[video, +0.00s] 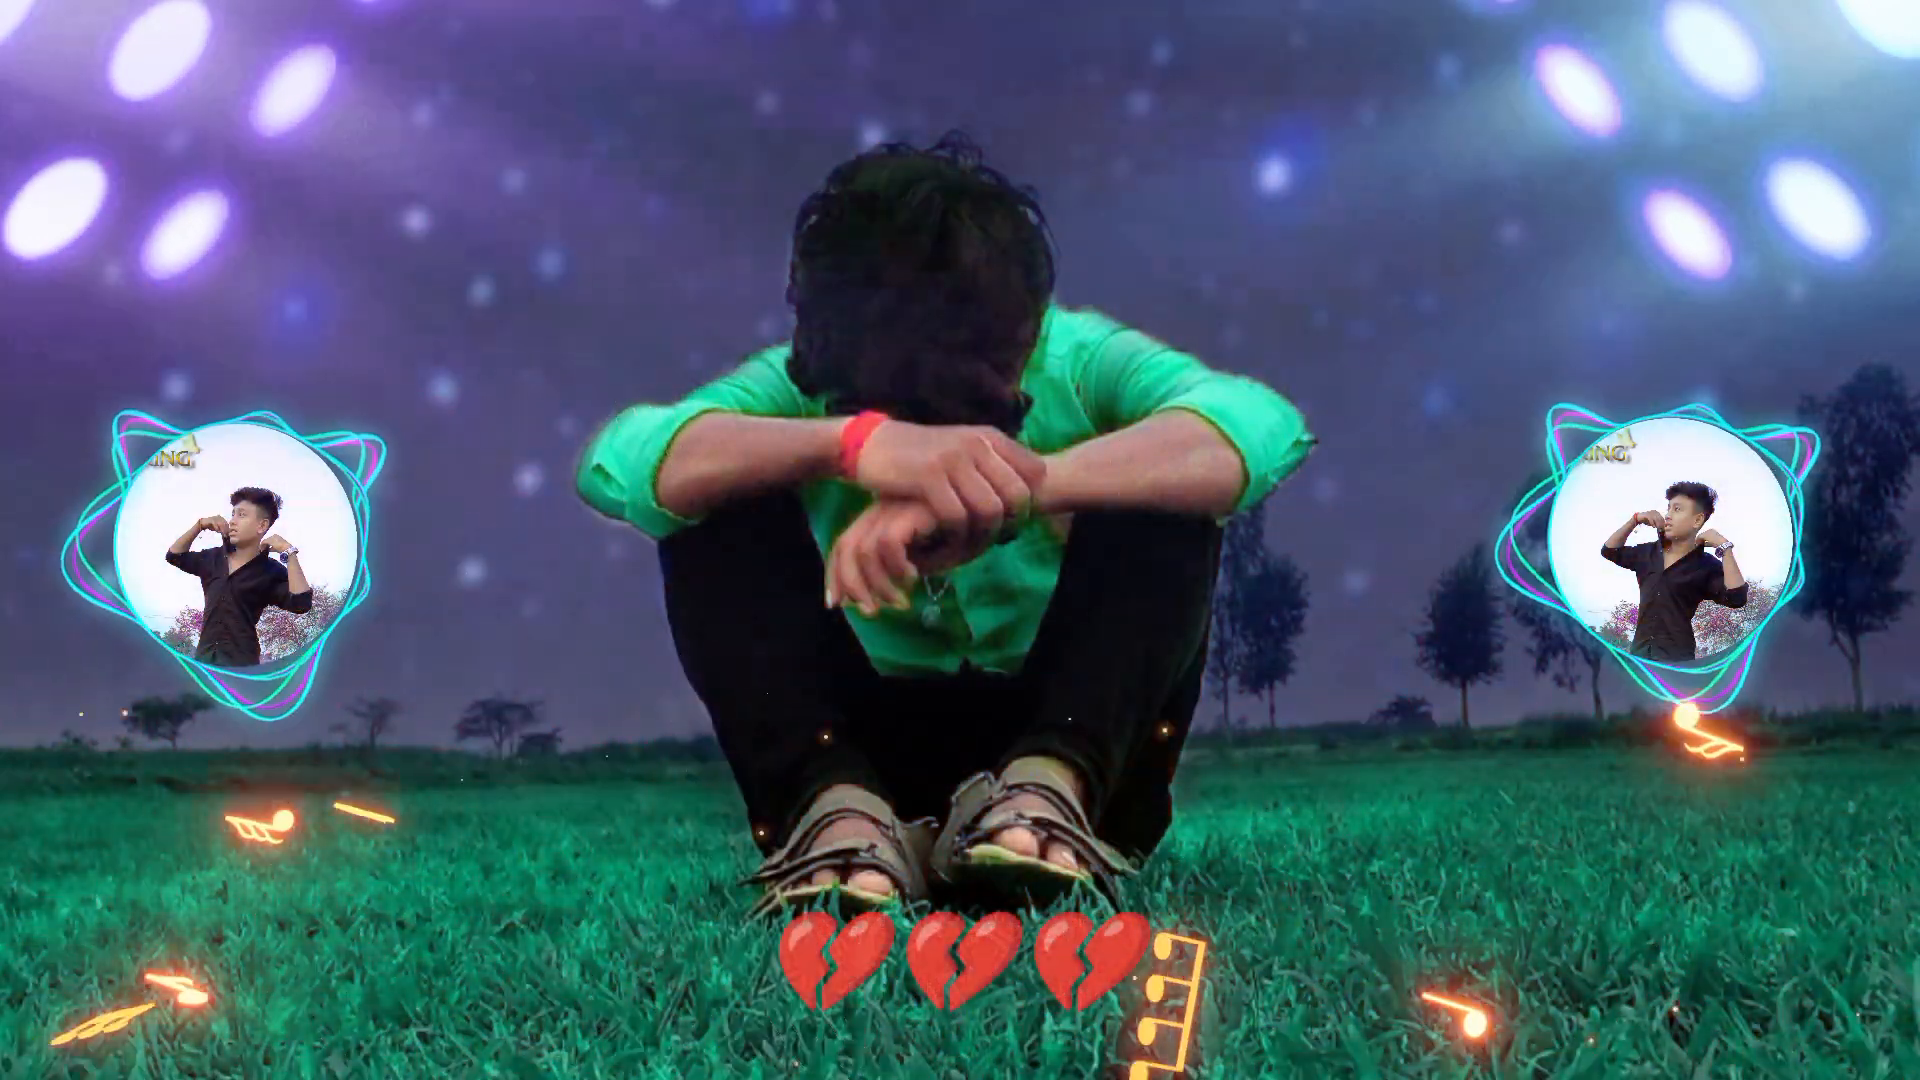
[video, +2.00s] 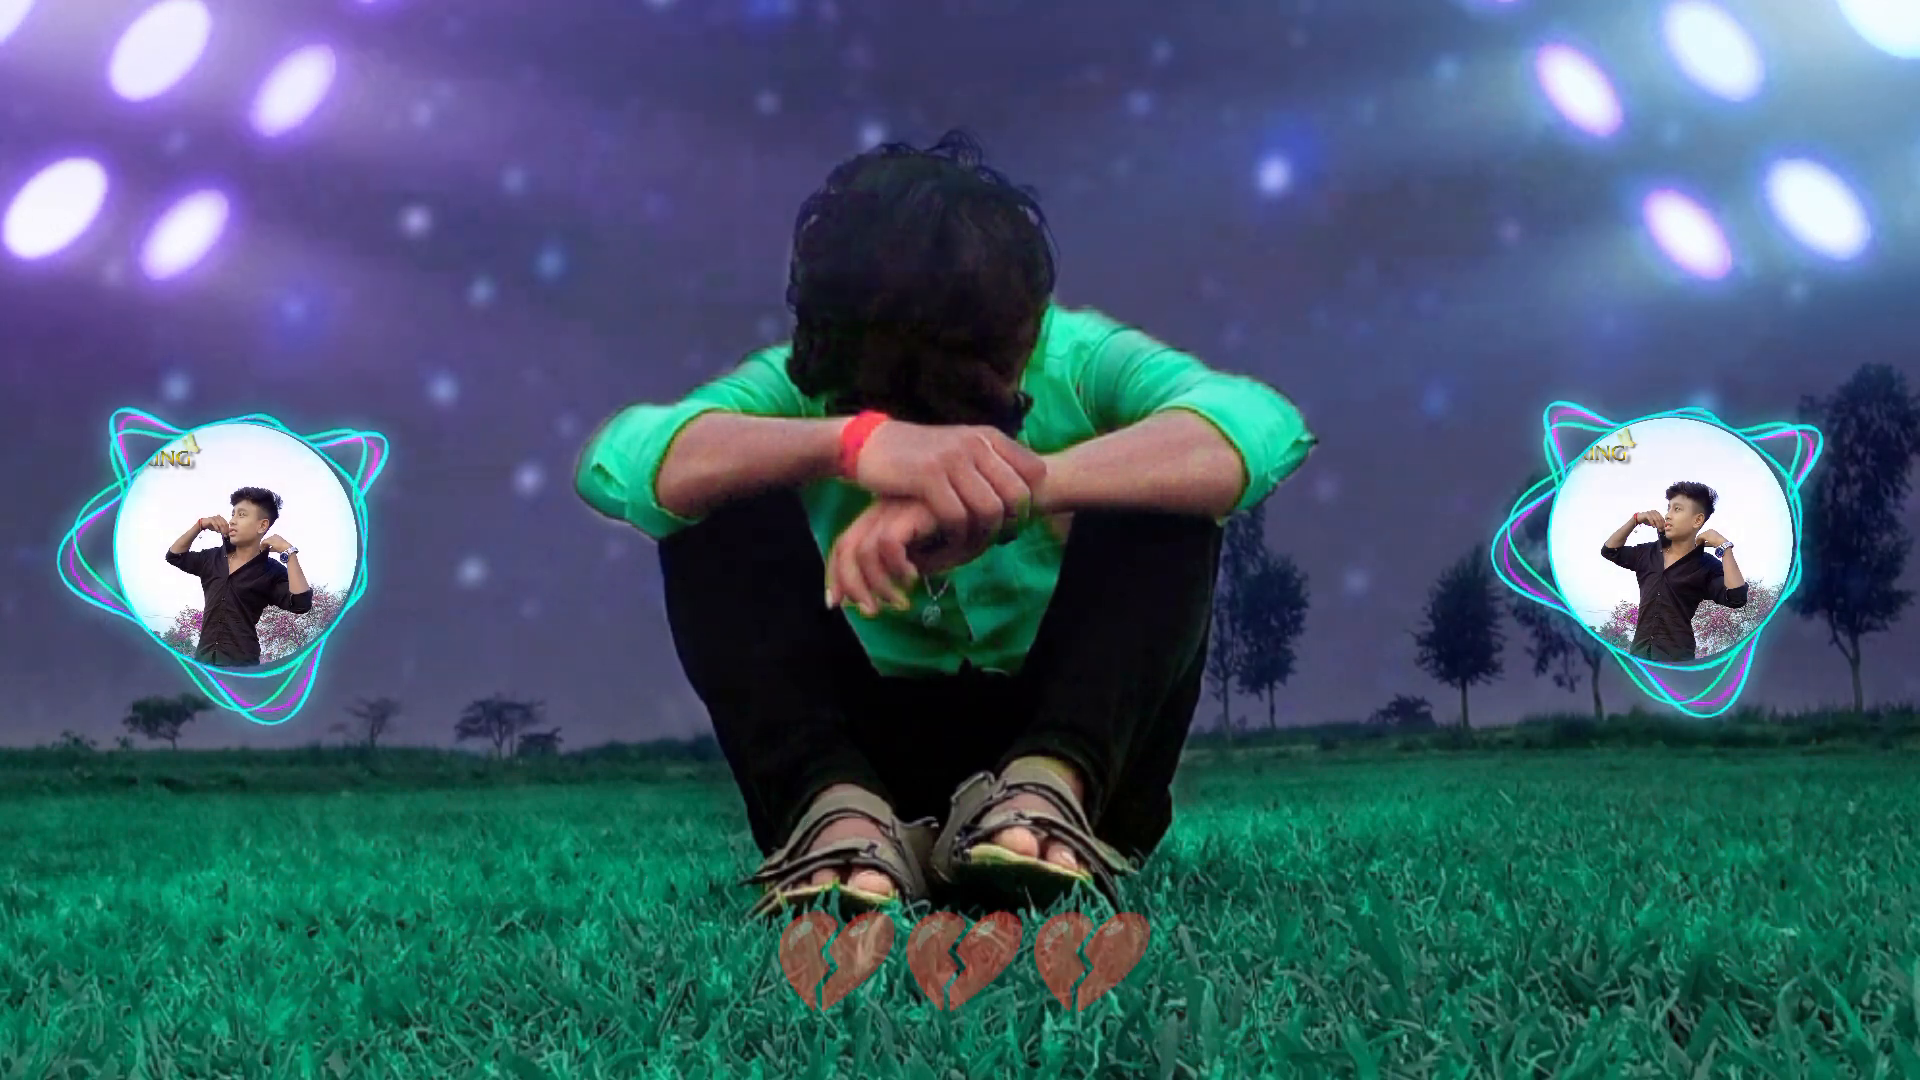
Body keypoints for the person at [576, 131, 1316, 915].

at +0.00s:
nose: (920, 453)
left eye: (954, 418)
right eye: (887, 417)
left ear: (1017, 356)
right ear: (819, 366)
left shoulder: (1077, 356)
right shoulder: (794, 382)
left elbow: (1264, 429)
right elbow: (612, 467)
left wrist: (997, 492)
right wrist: (852, 447)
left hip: (1058, 746)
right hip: (864, 753)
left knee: (1167, 487)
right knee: (712, 499)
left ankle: (1044, 788)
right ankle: (833, 816)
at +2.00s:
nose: (934, 442)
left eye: (969, 400)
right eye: (901, 409)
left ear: (1020, 346)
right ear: (831, 365)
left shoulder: (1075, 355)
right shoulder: (796, 383)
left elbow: (1265, 429)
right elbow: (612, 467)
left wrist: (1002, 492)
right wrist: (852, 447)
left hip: (1059, 751)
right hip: (864, 758)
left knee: (1166, 489)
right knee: (714, 503)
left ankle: (1043, 791)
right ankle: (836, 819)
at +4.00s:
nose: (927, 453)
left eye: (960, 412)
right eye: (887, 414)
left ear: (1020, 353)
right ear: (819, 367)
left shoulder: (1077, 354)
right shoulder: (795, 382)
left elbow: (1266, 429)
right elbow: (612, 467)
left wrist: (1000, 492)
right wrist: (853, 445)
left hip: (1060, 747)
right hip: (865, 753)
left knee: (1164, 484)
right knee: (713, 503)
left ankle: (1044, 788)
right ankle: (835, 815)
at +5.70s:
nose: (926, 456)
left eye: (961, 416)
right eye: (884, 416)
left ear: (1019, 356)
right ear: (816, 364)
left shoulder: (1077, 355)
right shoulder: (794, 382)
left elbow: (1266, 429)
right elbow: (611, 467)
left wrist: (999, 491)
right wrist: (852, 445)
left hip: (1060, 748)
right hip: (863, 755)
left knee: (1167, 485)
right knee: (713, 501)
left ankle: (1044, 789)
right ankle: (835, 816)